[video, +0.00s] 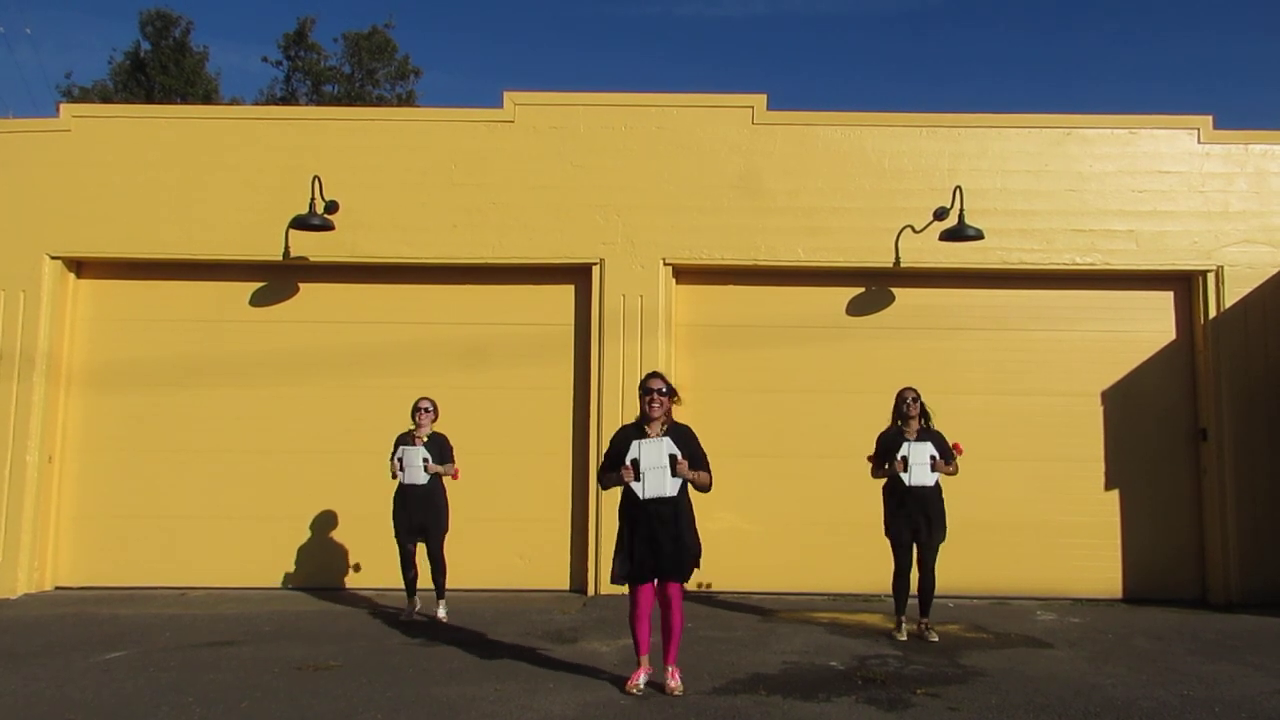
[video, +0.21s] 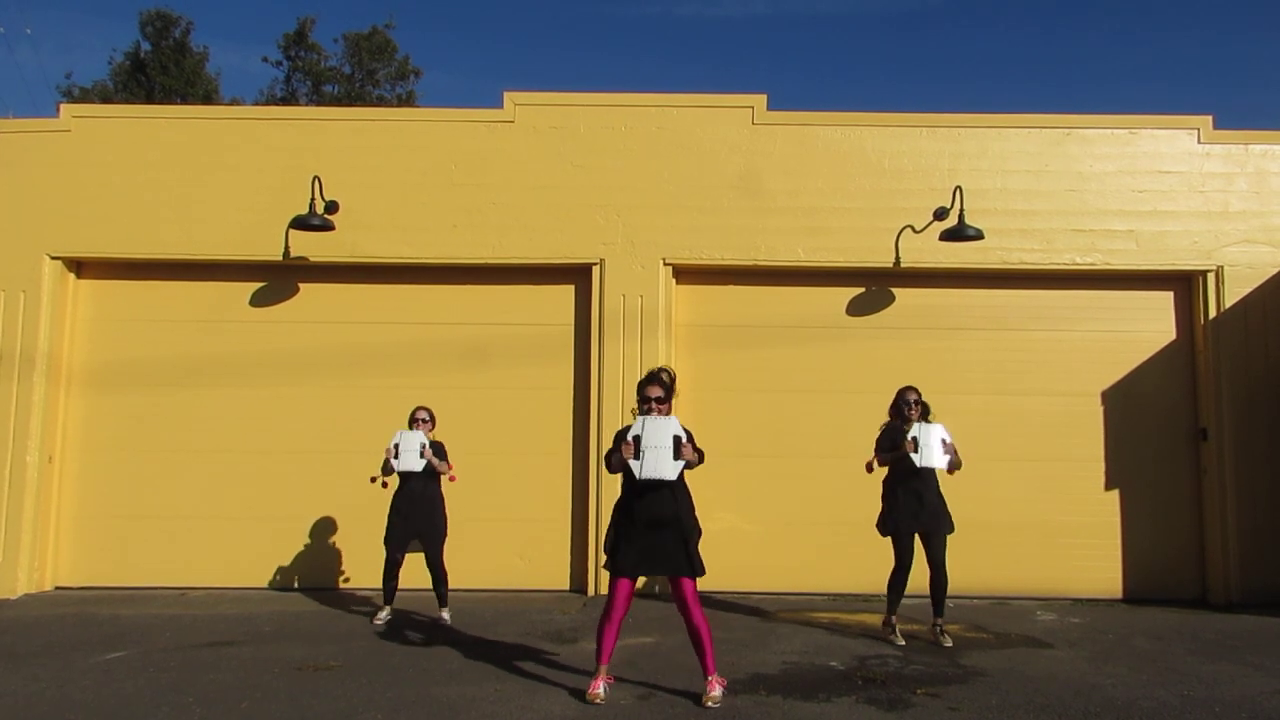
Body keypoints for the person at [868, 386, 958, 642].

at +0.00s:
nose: (910, 405)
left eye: (914, 401)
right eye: (904, 401)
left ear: (921, 405)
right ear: (897, 407)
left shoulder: (934, 436)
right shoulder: (888, 437)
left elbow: (954, 468)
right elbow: (875, 472)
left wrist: (942, 467)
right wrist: (892, 470)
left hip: (930, 510)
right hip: (898, 511)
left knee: (927, 567)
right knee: (902, 566)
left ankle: (924, 622)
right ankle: (900, 621)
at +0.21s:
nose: (911, 408)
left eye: (915, 403)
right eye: (906, 404)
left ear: (922, 406)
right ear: (897, 407)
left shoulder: (933, 431)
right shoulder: (891, 430)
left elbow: (954, 467)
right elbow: (879, 460)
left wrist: (952, 454)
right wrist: (901, 451)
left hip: (931, 504)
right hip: (900, 505)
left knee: (938, 564)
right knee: (903, 563)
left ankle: (938, 624)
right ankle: (889, 622)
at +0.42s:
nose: (913, 399)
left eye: (917, 395)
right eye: (907, 395)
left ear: (923, 399)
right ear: (898, 400)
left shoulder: (935, 429)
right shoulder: (891, 428)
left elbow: (950, 467)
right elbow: (880, 465)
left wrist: (949, 456)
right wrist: (901, 457)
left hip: (928, 503)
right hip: (897, 504)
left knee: (928, 560)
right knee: (895, 559)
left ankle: (936, 621)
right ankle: (888, 618)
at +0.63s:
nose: (915, 411)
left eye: (919, 406)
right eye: (909, 407)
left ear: (925, 411)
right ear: (901, 412)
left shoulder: (935, 442)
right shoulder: (890, 440)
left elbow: (943, 473)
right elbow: (875, 474)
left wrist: (941, 473)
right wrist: (894, 473)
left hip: (926, 511)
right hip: (896, 512)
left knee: (922, 567)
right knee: (895, 565)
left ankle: (919, 620)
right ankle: (888, 619)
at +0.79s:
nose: (914, 401)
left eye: (918, 397)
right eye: (908, 397)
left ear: (924, 400)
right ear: (900, 402)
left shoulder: (935, 430)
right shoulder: (889, 428)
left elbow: (949, 471)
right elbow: (876, 465)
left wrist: (947, 459)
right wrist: (897, 454)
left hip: (928, 501)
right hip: (895, 501)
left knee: (936, 560)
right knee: (896, 557)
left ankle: (937, 614)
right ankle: (882, 611)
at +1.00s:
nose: (912, 407)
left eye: (916, 403)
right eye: (906, 404)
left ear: (922, 407)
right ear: (898, 407)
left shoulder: (931, 437)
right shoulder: (890, 435)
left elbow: (947, 473)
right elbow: (880, 470)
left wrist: (947, 461)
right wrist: (898, 460)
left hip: (927, 508)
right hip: (897, 509)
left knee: (936, 566)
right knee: (894, 565)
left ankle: (949, 625)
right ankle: (881, 624)